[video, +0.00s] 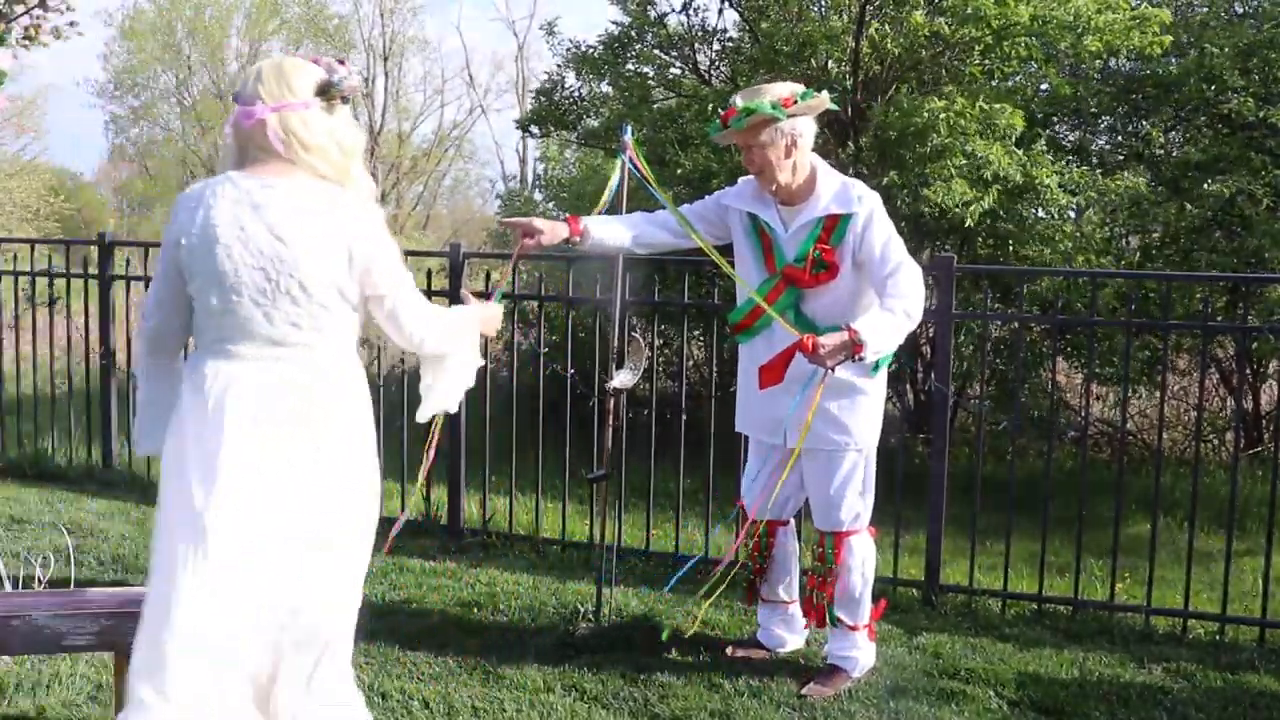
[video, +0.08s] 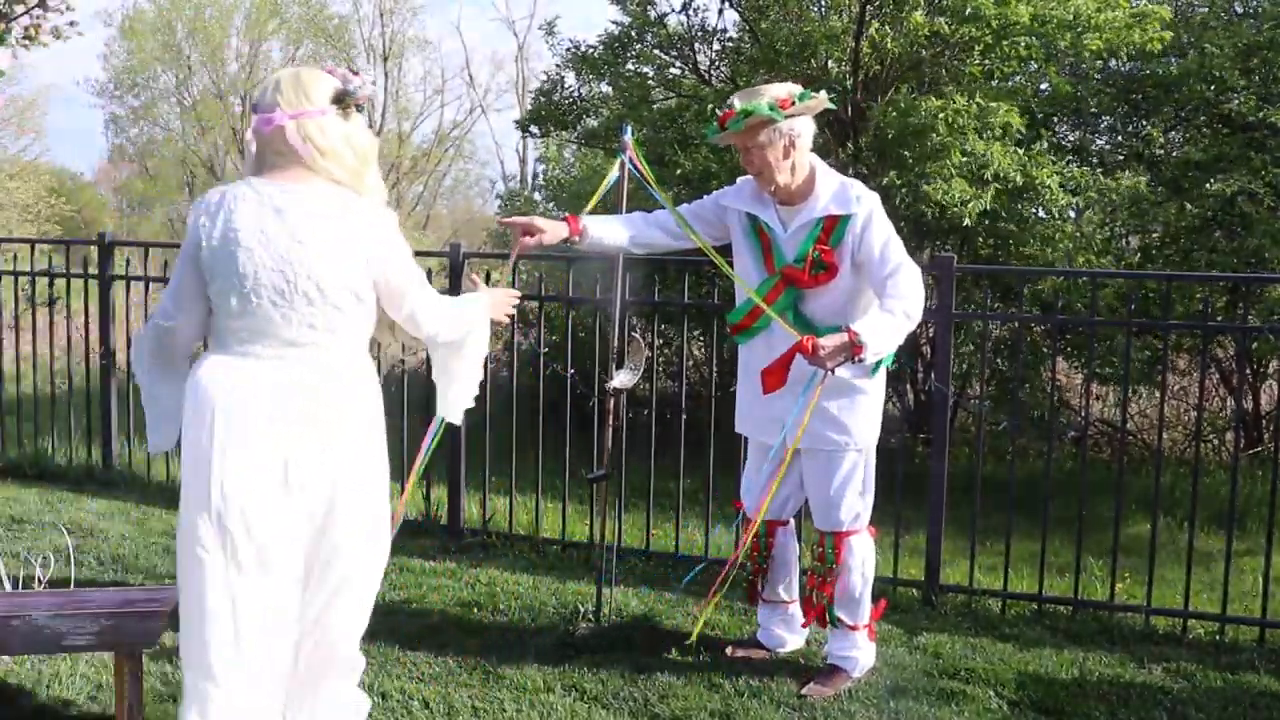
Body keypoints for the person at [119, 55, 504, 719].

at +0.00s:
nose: (230, 119)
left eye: (238, 109)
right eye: (236, 107)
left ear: (250, 123)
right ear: (325, 125)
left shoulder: (198, 205)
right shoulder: (348, 211)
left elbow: (159, 330)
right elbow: (408, 324)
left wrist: (159, 421)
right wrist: (472, 323)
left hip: (222, 397)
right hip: (324, 401)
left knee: (214, 573)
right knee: (316, 577)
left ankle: (202, 703)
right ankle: (304, 705)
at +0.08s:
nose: (248, 130)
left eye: (255, 119)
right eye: (253, 119)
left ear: (269, 132)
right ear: (342, 134)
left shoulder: (217, 208)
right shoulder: (365, 218)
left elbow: (178, 328)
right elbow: (423, 316)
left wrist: (151, 357)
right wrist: (480, 307)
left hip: (233, 389)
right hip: (336, 394)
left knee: (234, 571)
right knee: (334, 573)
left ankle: (229, 703)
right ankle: (322, 704)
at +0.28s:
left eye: (291, 153)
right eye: (368, 150)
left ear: (293, 162)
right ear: (363, 162)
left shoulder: (252, 232)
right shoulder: (387, 240)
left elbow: (208, 337)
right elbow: (442, 322)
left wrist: (162, 341)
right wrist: (495, 299)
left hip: (272, 397)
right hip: (361, 401)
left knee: (274, 553)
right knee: (355, 557)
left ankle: (272, 695)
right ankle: (341, 696)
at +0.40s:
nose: (383, 159)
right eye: (378, 149)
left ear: (304, 159)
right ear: (368, 160)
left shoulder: (266, 226)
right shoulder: (393, 235)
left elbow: (224, 320)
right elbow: (438, 330)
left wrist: (175, 366)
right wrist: (478, 312)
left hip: (284, 390)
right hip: (366, 392)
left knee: (286, 534)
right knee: (369, 535)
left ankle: (283, 686)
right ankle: (361, 683)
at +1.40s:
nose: (298, 179)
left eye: (299, 170)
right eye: (289, 171)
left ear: (270, 176)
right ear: (262, 175)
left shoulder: (241, 222)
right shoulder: (249, 229)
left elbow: (270, 302)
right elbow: (249, 314)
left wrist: (317, 328)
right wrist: (311, 328)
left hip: (233, 371)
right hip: (262, 375)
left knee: (240, 474)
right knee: (323, 475)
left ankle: (219, 577)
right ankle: (332, 596)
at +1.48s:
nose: (282, 173)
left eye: (286, 164)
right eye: (272, 164)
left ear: (288, 169)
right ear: (244, 169)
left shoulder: (267, 221)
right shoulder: (225, 224)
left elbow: (279, 293)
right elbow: (226, 304)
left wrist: (316, 320)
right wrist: (287, 324)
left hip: (267, 363)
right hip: (237, 371)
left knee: (237, 470)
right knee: (272, 470)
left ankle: (213, 576)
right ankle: (279, 589)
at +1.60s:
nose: (266, 166)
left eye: (271, 157)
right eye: (255, 158)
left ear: (277, 163)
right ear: (228, 165)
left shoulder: (272, 222)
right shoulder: (205, 217)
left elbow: (281, 290)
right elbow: (202, 298)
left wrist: (305, 313)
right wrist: (270, 314)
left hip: (264, 362)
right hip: (220, 364)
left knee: (255, 468)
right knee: (218, 467)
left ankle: (229, 581)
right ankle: (207, 582)